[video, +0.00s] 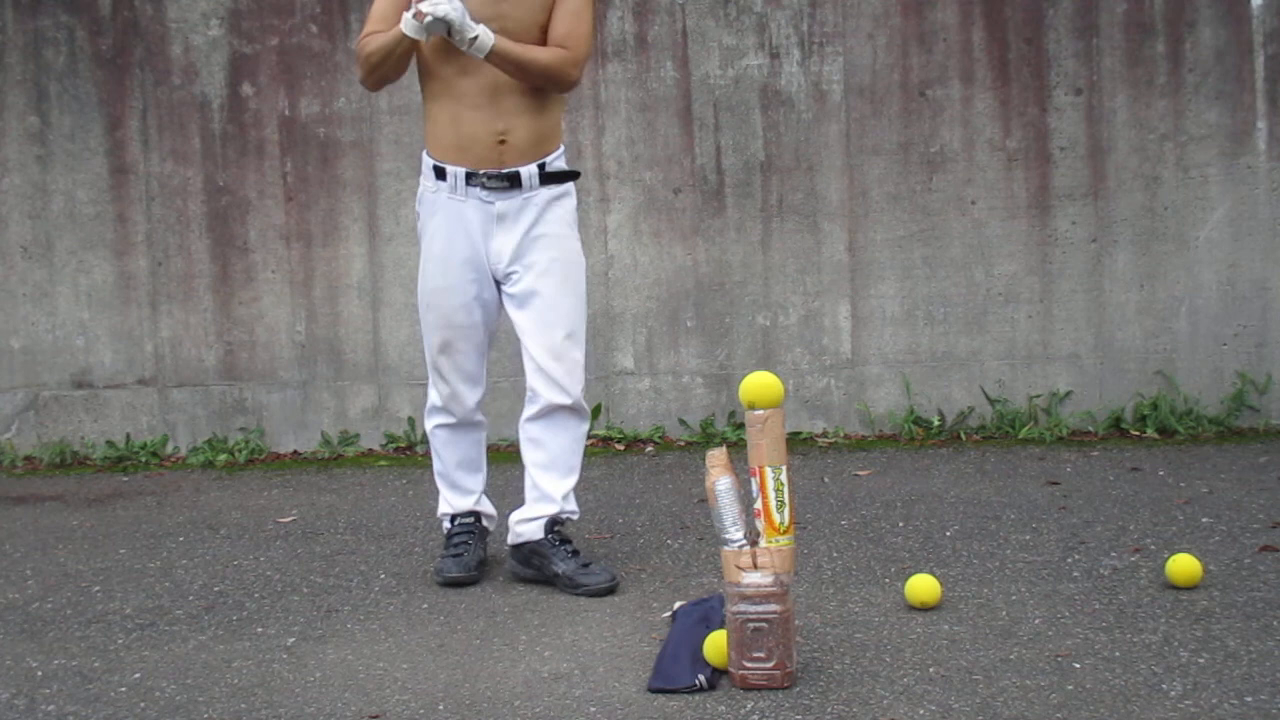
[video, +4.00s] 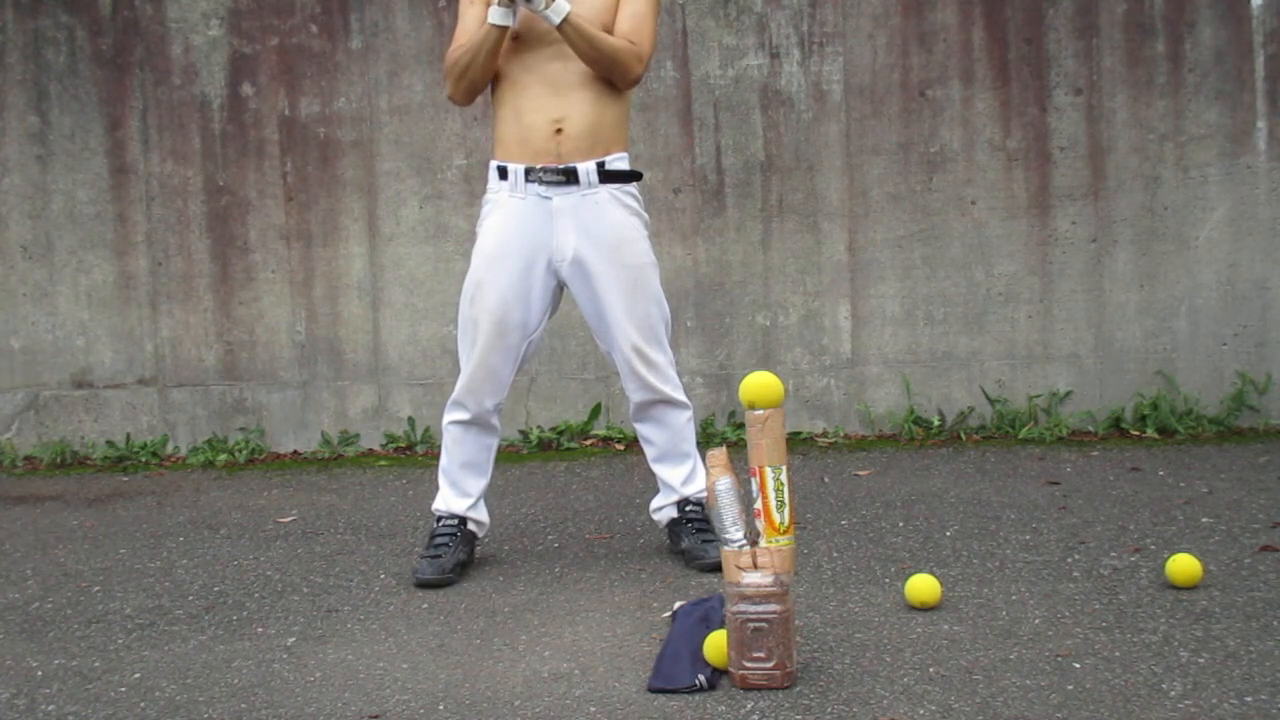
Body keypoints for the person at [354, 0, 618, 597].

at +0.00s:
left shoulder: (568, 1)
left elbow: (566, 71)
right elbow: (370, 72)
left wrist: (480, 39)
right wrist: (413, 27)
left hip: (543, 199)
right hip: (450, 200)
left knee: (559, 378)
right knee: (453, 380)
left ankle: (541, 532)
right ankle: (462, 521)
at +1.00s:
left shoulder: (639, 1)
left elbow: (617, 79)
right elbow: (449, 74)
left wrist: (533, 30)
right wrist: (485, 19)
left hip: (592, 198)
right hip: (501, 197)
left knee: (641, 365)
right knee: (470, 374)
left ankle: (686, 507)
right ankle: (453, 518)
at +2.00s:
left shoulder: (633, 1)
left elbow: (633, 78)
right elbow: (465, 93)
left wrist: (578, 16)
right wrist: (494, 18)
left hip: (606, 196)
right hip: (513, 198)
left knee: (647, 364)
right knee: (480, 374)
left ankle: (686, 507)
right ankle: (455, 517)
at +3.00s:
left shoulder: (632, 0)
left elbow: (626, 66)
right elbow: (464, 94)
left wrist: (549, 13)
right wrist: (485, 16)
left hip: (605, 195)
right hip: (513, 197)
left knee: (647, 363)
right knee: (480, 373)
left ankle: (686, 507)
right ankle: (455, 517)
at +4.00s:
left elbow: (628, 69)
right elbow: (460, 88)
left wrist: (560, 15)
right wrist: (500, 16)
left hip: (605, 195)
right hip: (513, 197)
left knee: (647, 362)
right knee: (480, 373)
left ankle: (686, 507)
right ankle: (455, 517)